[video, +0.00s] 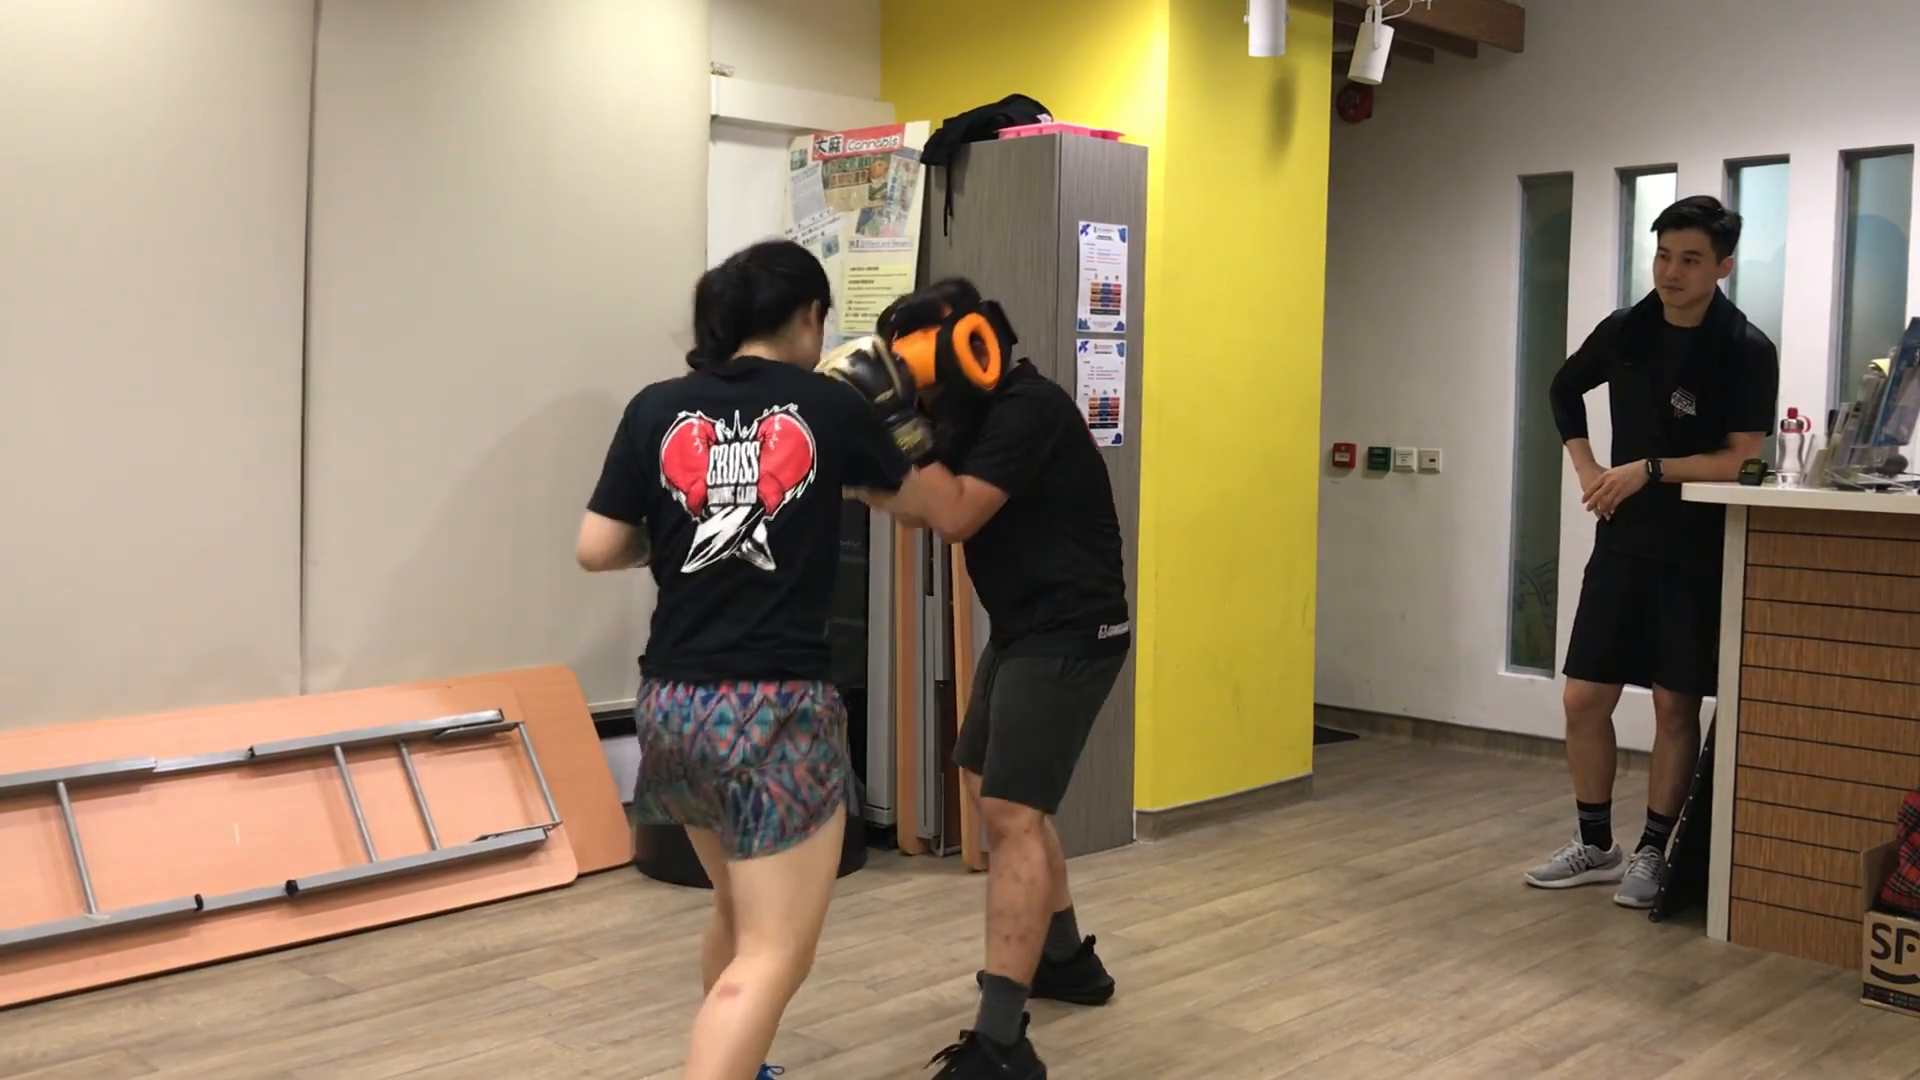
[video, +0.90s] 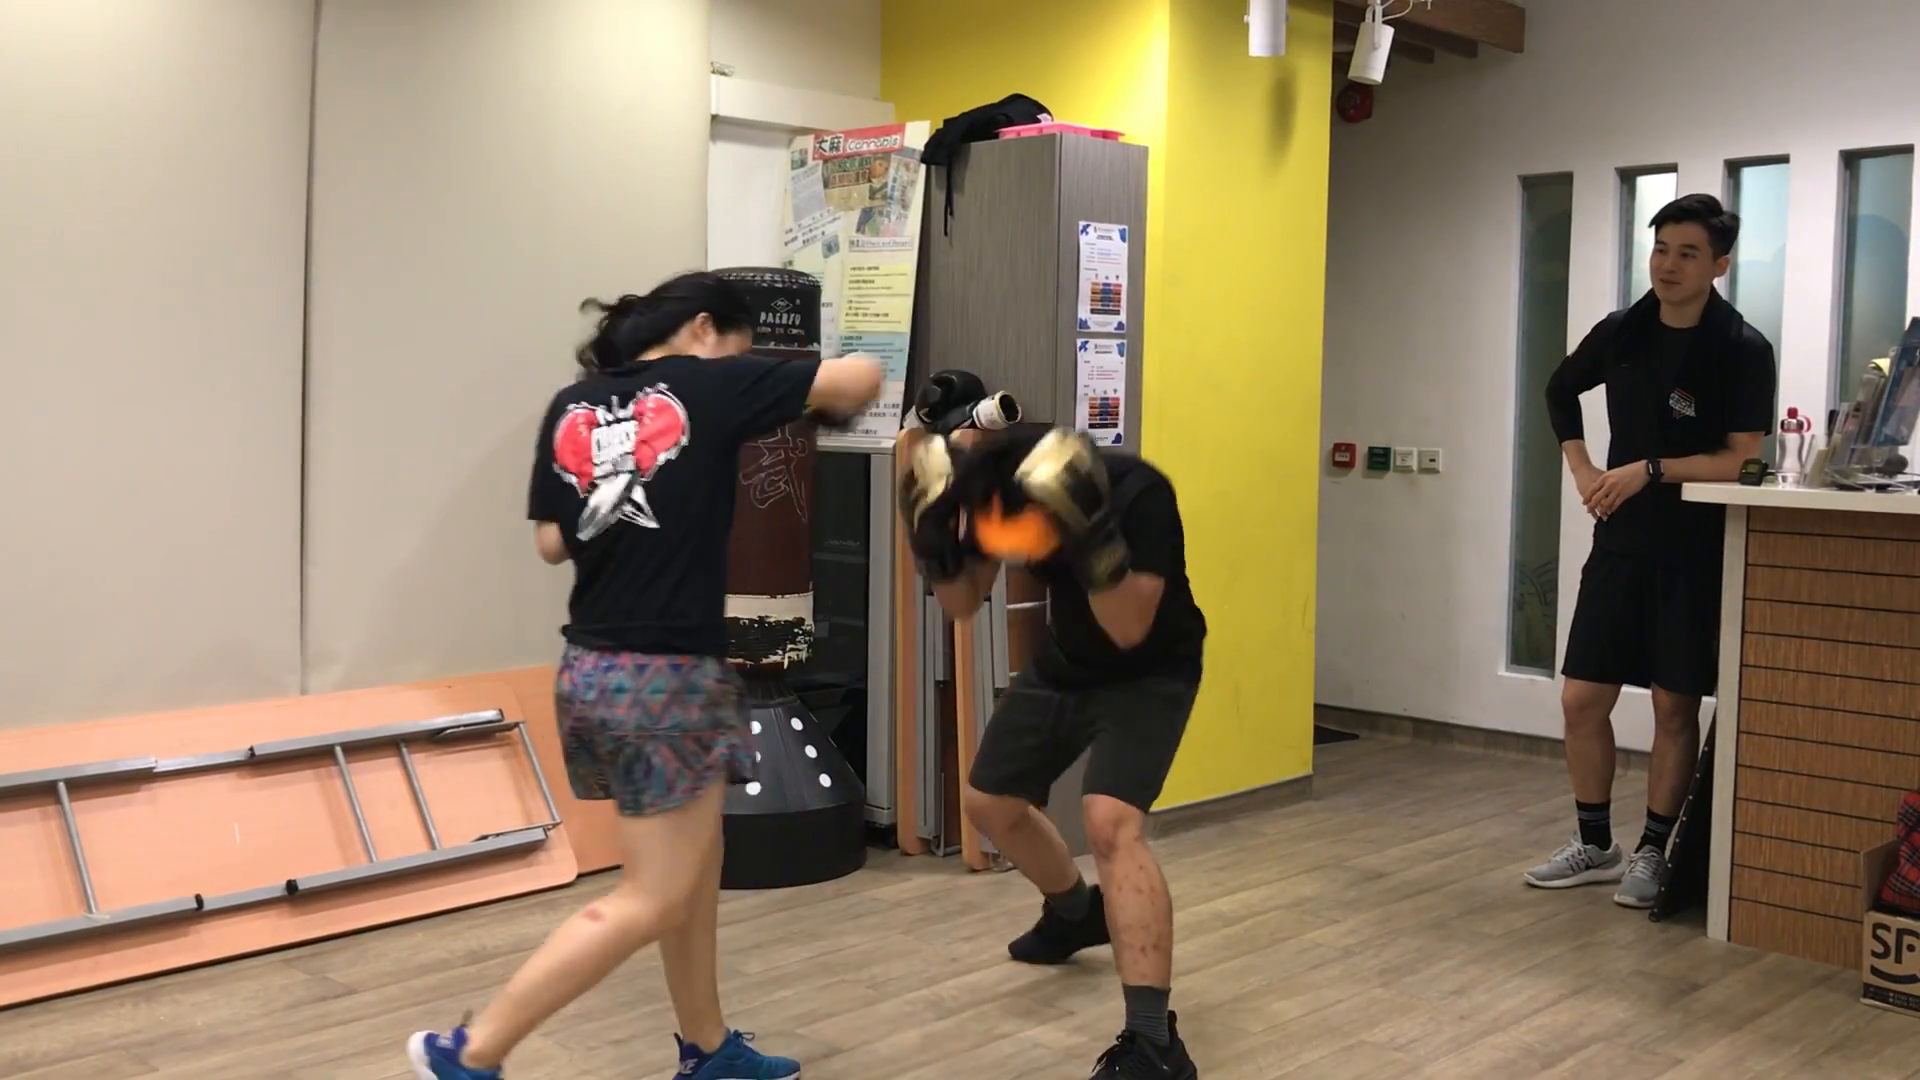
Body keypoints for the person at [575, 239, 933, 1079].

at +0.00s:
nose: (824, 335)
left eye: (825, 322)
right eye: (822, 320)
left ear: (725, 321)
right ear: (805, 318)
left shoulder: (655, 408)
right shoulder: (826, 404)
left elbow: (596, 548)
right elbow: (917, 497)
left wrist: (675, 521)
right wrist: (837, 472)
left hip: (670, 702)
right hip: (778, 707)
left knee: (732, 906)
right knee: (769, 956)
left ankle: (733, 1062)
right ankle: (703, 1070)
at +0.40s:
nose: (849, 362)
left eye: (848, 345)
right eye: (846, 344)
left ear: (756, 341)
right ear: (821, 344)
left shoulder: (685, 426)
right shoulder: (778, 434)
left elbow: (568, 431)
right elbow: (794, 541)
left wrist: (648, 455)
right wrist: (883, 515)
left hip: (662, 718)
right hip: (719, 726)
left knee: (795, 861)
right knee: (713, 992)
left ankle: (727, 1039)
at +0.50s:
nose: (853, 346)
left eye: (847, 329)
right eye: (846, 329)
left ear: (780, 339)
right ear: (819, 336)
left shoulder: (786, 434)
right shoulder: (759, 432)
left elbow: (701, 400)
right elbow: (646, 511)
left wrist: (700, 404)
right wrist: (735, 523)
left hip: (736, 707)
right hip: (696, 705)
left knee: (782, 878)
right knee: (711, 949)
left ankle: (715, 1043)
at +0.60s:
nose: (835, 342)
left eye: (832, 325)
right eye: (829, 323)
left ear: (773, 323)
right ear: (793, 320)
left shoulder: (769, 415)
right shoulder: (734, 408)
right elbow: (617, 470)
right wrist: (710, 486)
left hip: (740, 677)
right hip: (703, 681)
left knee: (758, 884)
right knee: (722, 908)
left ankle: (711, 1044)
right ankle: (676, 1069)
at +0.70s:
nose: (795, 348)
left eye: (798, 332)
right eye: (795, 328)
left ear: (723, 315)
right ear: (755, 309)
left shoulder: (660, 385)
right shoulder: (729, 378)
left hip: (644, 649)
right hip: (714, 653)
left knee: (715, 875)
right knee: (728, 889)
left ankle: (709, 1051)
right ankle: (601, 1070)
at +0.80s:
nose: (764, 350)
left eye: (765, 338)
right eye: (761, 336)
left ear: (679, 327)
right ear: (722, 322)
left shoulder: (608, 398)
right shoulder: (744, 388)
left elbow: (586, 522)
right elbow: (861, 374)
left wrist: (669, 474)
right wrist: (935, 353)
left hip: (611, 663)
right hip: (697, 667)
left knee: (686, 879)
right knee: (692, 895)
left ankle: (708, 1049)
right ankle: (519, 1064)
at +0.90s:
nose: (740, 363)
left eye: (741, 353)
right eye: (738, 351)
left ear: (650, 338)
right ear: (702, 330)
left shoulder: (572, 404)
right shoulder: (711, 384)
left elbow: (550, 543)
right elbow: (861, 379)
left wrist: (625, 479)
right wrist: (812, 378)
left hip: (591, 667)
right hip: (671, 674)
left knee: (689, 872)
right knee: (653, 896)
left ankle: (707, 1047)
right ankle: (470, 1053)